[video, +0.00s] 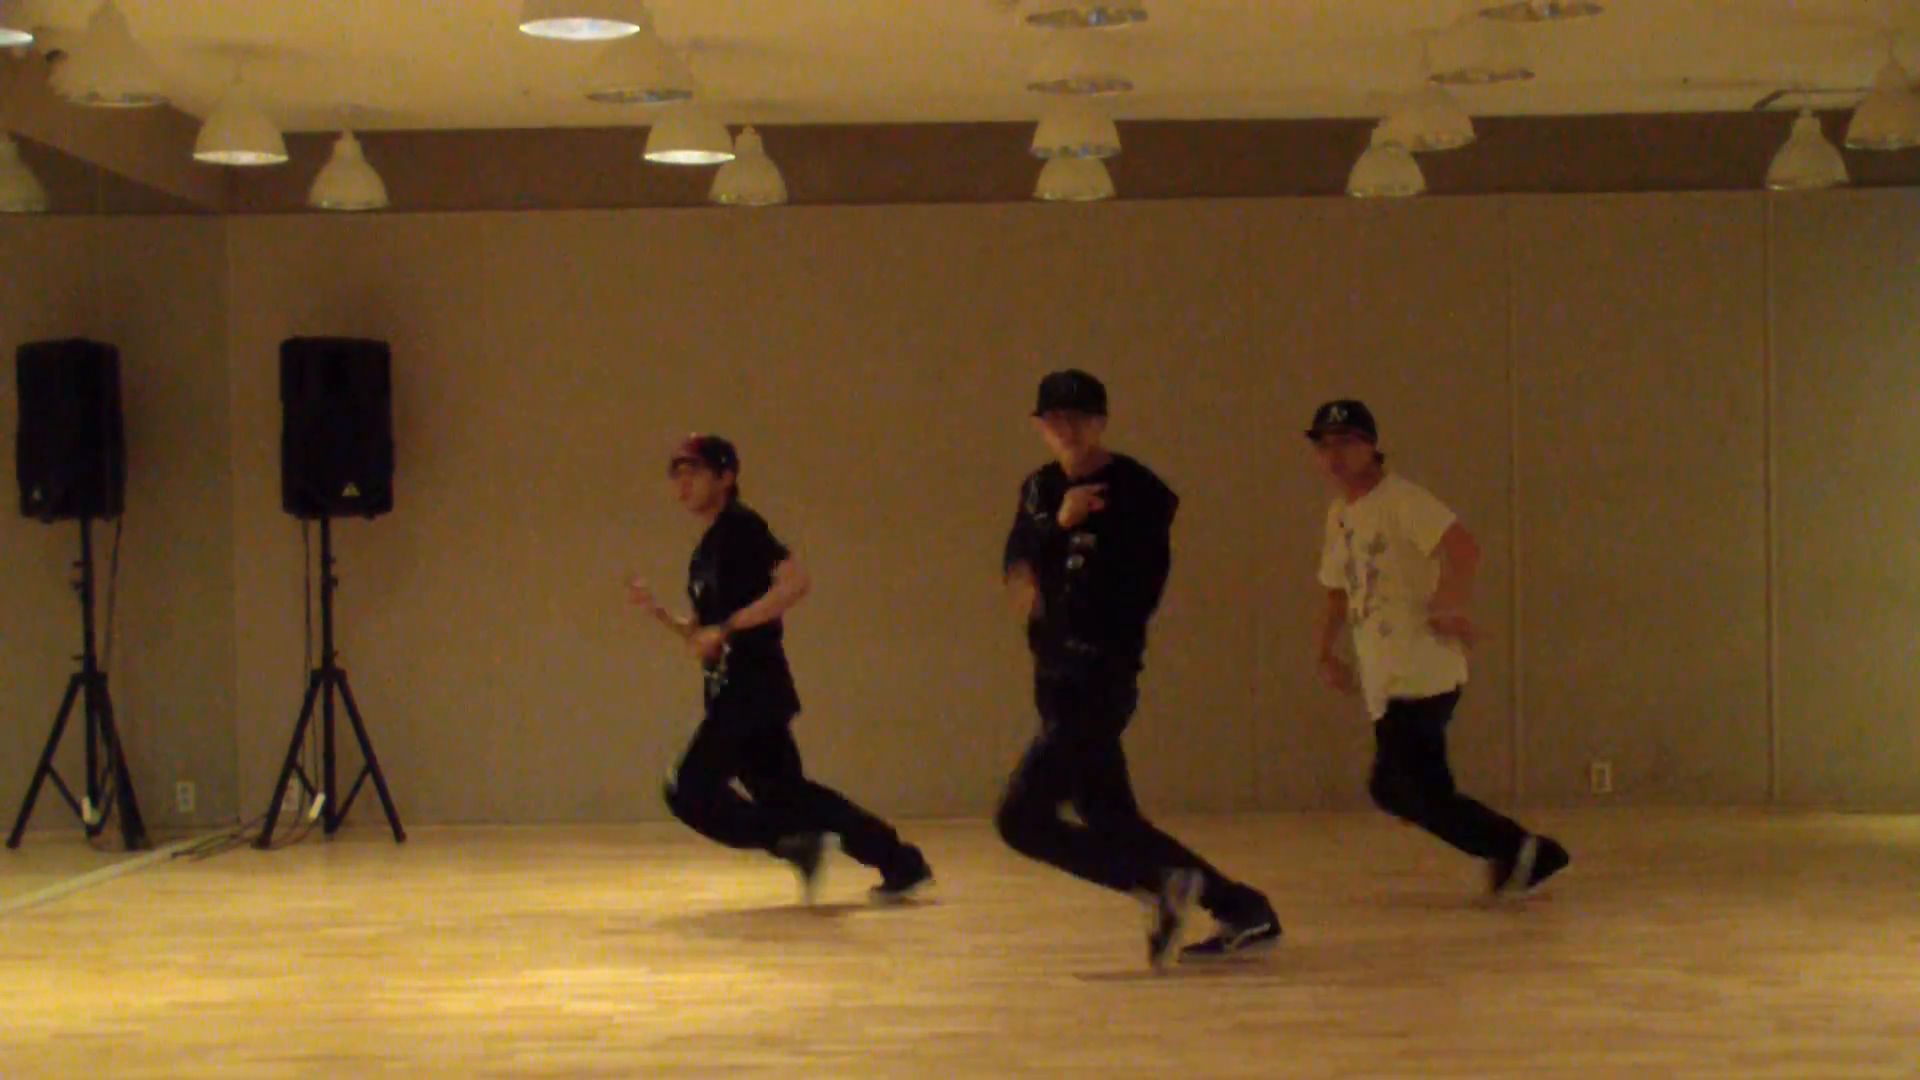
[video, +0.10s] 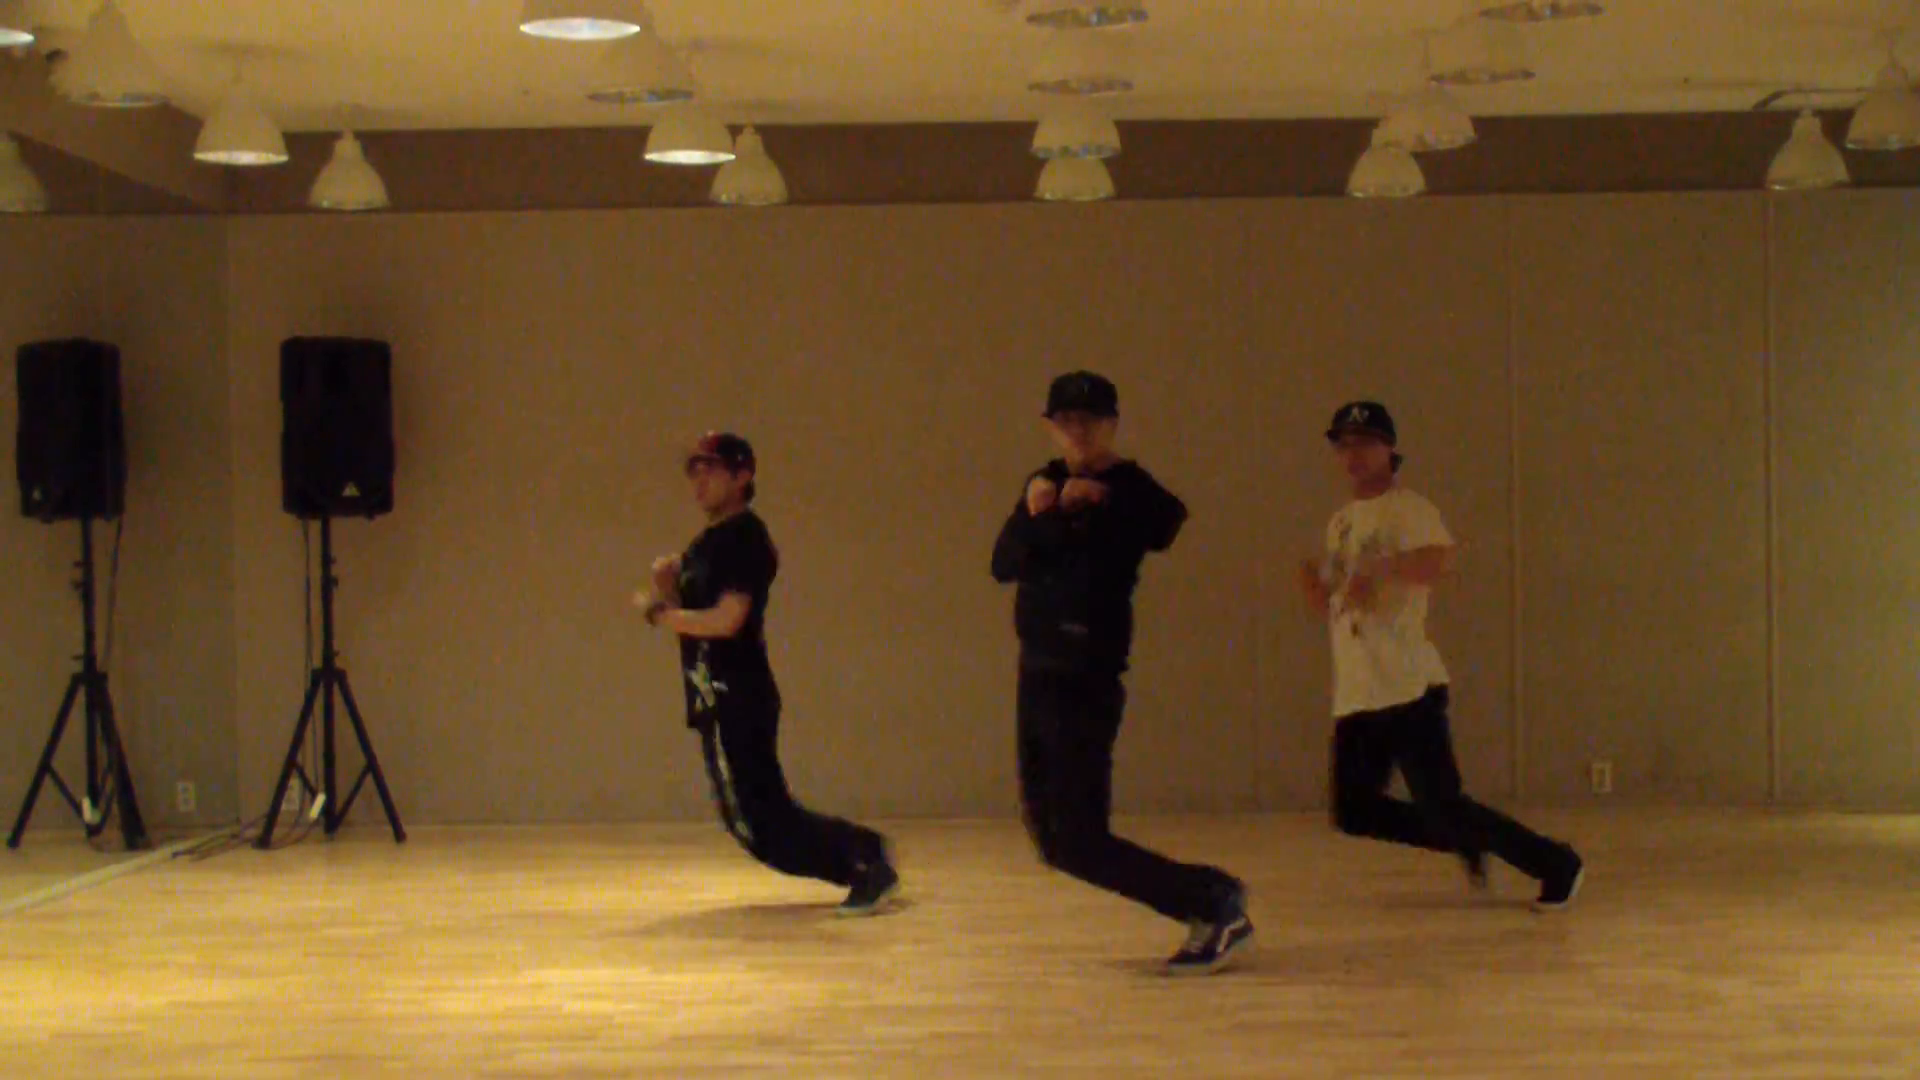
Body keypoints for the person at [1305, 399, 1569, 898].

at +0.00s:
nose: (1331, 456)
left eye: (1342, 444)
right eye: (1324, 447)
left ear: (1370, 448)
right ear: (1318, 454)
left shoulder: (1402, 497)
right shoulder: (1340, 515)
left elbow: (1463, 547)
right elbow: (1336, 590)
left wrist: (1448, 604)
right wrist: (1326, 651)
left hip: (1425, 669)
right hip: (1386, 675)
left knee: (1392, 785)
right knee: (1424, 791)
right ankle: (1525, 850)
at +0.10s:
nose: (1354, 456)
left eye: (1366, 444)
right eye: (1345, 446)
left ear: (1390, 450)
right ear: (1337, 454)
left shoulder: (1410, 508)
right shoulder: (1342, 522)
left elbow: (1435, 562)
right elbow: (1335, 603)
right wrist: (1316, 590)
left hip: (1411, 686)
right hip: (1357, 693)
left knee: (1443, 807)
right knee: (1353, 812)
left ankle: (1555, 863)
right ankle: (1456, 839)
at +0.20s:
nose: (1337, 454)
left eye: (1351, 444)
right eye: (1331, 443)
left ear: (1377, 455)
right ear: (1323, 451)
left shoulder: (1375, 515)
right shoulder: (1323, 512)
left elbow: (1311, 559)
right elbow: (1259, 558)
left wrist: (1280, 512)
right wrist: (1283, 512)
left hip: (1374, 693)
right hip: (1320, 688)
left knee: (1415, 806)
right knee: (1247, 763)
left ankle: (1539, 858)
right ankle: (1315, 843)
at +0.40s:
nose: (1208, 465)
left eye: (1220, 454)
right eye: (1205, 455)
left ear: (1250, 461)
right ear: (1203, 460)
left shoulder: (1252, 524)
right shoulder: (1232, 521)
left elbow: (1160, 538)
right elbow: (1166, 540)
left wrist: (1095, 506)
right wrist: (1101, 508)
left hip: (1259, 694)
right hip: (1222, 686)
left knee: (1241, 815)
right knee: (1128, 757)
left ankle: (1369, 876)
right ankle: (1114, 883)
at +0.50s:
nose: (1148, 484)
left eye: (1159, 472)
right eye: (1143, 473)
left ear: (1189, 476)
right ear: (1141, 476)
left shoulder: (1211, 533)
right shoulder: (1164, 530)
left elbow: (1123, 571)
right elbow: (1112, 565)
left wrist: (1056, 564)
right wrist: (1053, 558)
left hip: (1226, 700)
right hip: (1179, 689)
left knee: (1166, 799)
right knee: (1097, 756)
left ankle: (1279, 866)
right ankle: (1113, 873)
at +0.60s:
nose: (1108, 497)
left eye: (1119, 485)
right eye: (1104, 486)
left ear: (1150, 485)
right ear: (1103, 486)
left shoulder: (1182, 538)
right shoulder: (1128, 532)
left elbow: (1105, 596)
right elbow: (1083, 585)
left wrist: (1035, 629)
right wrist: (1028, 613)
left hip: (1203, 696)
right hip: (1153, 687)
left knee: (1132, 785)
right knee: (1081, 761)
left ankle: (1244, 865)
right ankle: (1113, 874)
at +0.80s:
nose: (1074, 488)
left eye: (1084, 476)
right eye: (1068, 476)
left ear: (1113, 480)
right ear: (1064, 480)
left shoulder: (1151, 534)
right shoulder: (1079, 531)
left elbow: (1144, 635)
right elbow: (1069, 615)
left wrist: (1098, 699)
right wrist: (1050, 687)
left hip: (1178, 675)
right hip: (1121, 676)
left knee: (1113, 740)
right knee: (1062, 761)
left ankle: (1186, 819)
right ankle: (1111, 872)